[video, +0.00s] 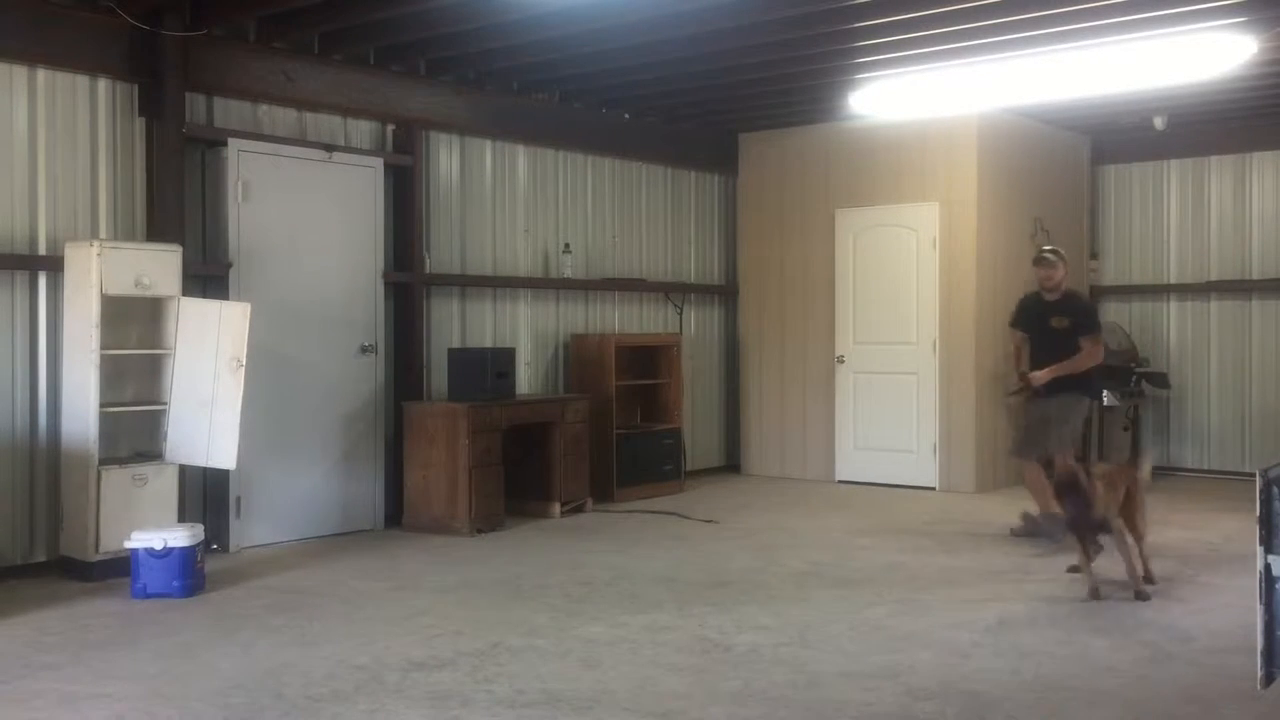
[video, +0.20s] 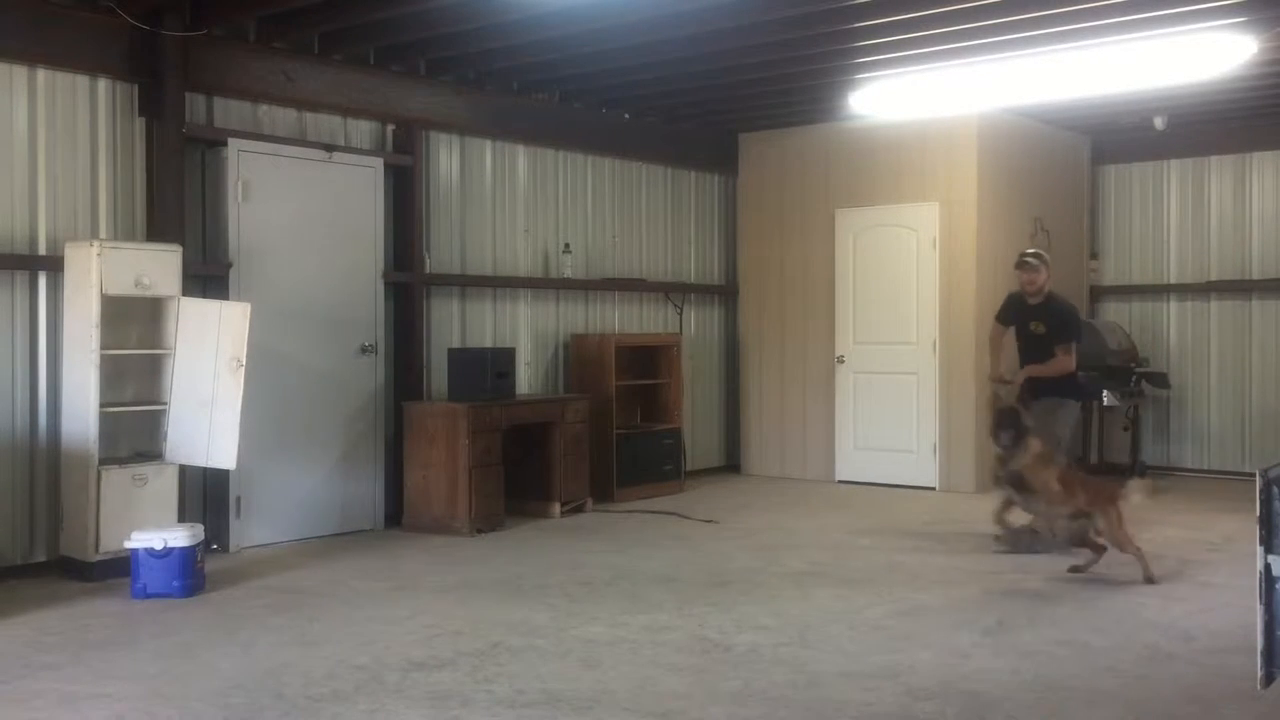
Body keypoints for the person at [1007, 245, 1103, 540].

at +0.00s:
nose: (1047, 275)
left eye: (1053, 269)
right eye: (1041, 269)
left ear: (1064, 271)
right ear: (1035, 273)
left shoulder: (1080, 305)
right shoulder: (1029, 304)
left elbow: (1095, 353)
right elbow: (1019, 342)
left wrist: (1049, 373)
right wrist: (1022, 374)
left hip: (1074, 392)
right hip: (1041, 391)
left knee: (1062, 454)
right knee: (1028, 456)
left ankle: (1075, 517)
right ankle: (1049, 517)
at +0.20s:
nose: (1029, 277)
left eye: (1035, 271)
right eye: (1024, 271)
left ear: (1047, 275)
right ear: (1018, 275)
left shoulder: (1063, 310)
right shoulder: (1015, 302)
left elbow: (1067, 363)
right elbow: (996, 333)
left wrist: (1028, 371)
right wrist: (995, 369)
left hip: (1062, 393)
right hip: (1031, 391)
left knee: (1050, 461)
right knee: (1026, 456)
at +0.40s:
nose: (1005, 279)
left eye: (1011, 273)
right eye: (999, 274)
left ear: (1025, 275)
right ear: (994, 279)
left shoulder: (1045, 307)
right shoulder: (1001, 307)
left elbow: (1069, 353)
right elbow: (1028, 342)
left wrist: (1035, 378)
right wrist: (1027, 372)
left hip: (1057, 393)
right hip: (1030, 392)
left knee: (1039, 461)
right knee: (1014, 458)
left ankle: (1046, 529)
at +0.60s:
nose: (991, 279)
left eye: (997, 272)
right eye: (986, 274)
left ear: (1012, 273)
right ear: (982, 279)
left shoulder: (1034, 303)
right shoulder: (996, 307)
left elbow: (1054, 347)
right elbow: (1023, 342)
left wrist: (1018, 373)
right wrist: (1024, 380)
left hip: (1055, 387)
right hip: (1032, 387)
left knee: (1027, 455)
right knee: (1010, 452)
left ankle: (1037, 532)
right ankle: (1047, 512)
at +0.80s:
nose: (978, 274)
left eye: (984, 268)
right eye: (973, 269)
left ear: (1000, 270)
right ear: (969, 275)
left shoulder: (1014, 299)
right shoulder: (988, 303)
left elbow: (1013, 355)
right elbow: (1010, 349)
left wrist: (974, 386)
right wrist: (1000, 375)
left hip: (1043, 387)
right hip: (1019, 386)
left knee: (1016, 457)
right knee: (989, 446)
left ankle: (1037, 533)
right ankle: (1013, 517)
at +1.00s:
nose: (953, 278)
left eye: (959, 271)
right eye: (948, 273)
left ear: (974, 273)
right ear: (945, 279)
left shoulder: (988, 301)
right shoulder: (967, 307)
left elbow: (993, 355)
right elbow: (987, 352)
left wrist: (956, 387)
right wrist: (979, 379)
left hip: (1018, 389)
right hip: (997, 389)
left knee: (986, 453)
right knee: (967, 450)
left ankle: (1021, 518)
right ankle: (972, 524)